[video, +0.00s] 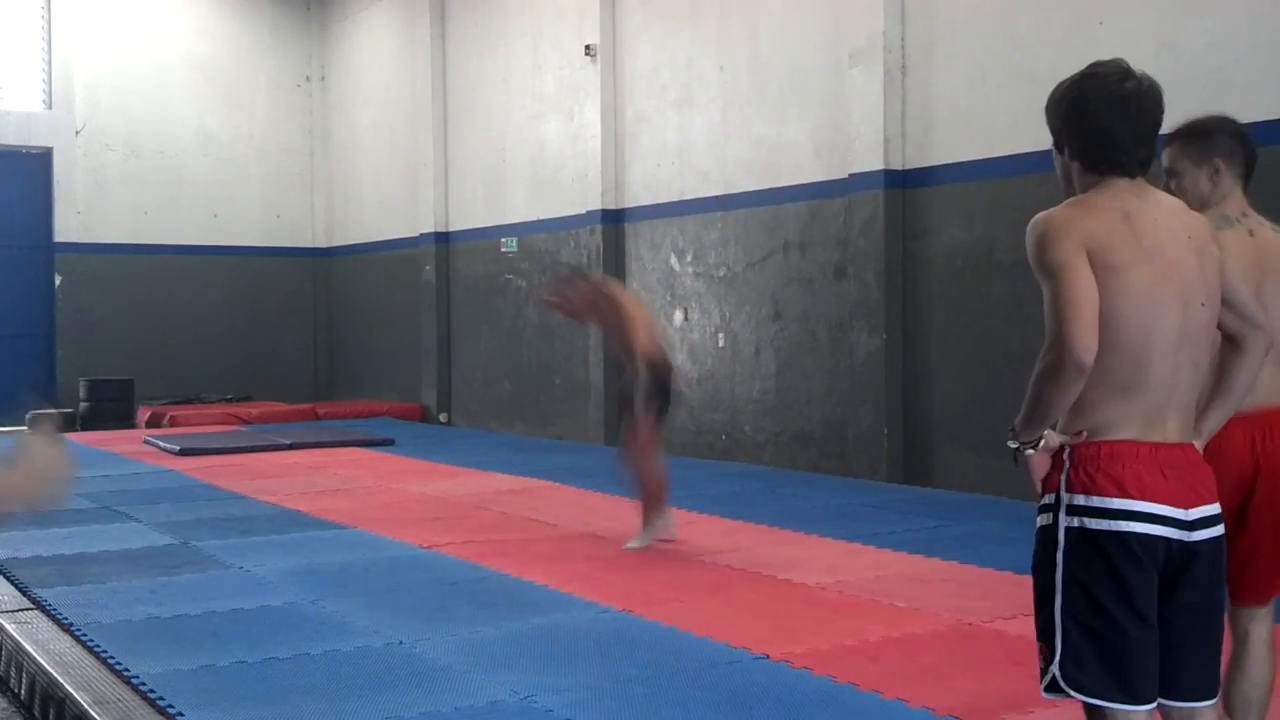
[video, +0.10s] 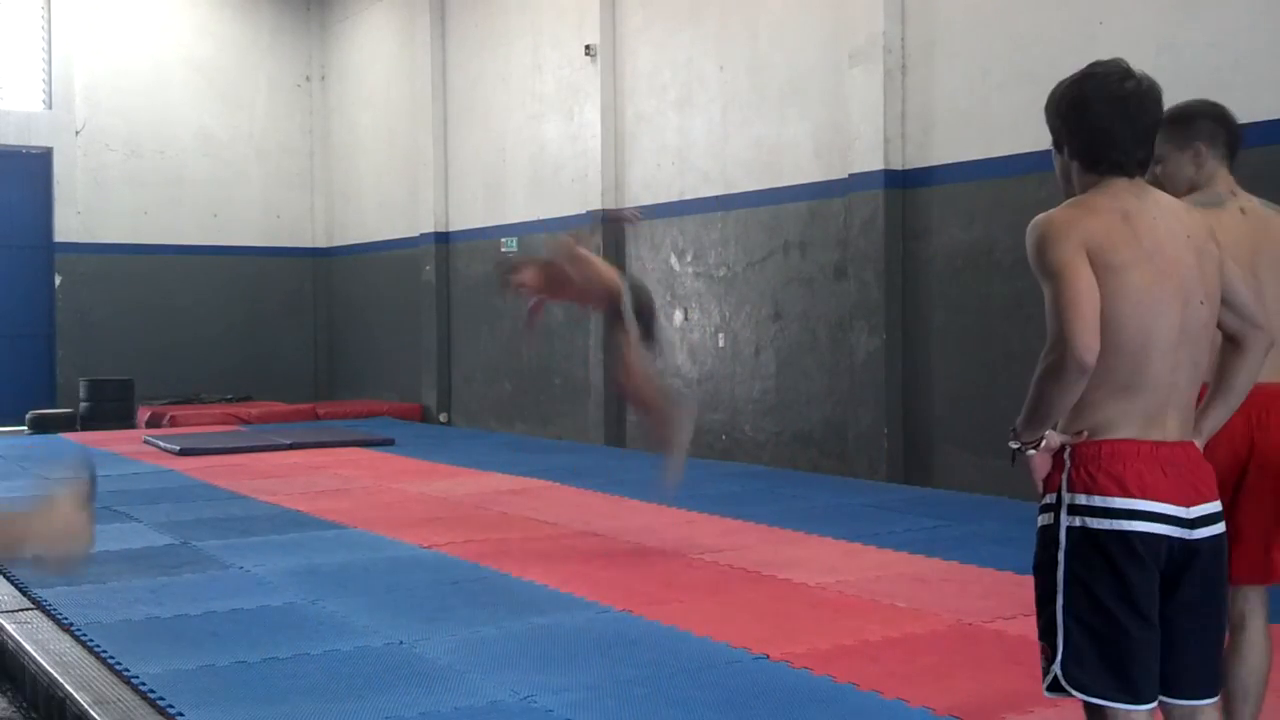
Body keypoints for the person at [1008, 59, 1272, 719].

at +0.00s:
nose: (1055, 161)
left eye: (1055, 146)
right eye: (1055, 145)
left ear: (1069, 151)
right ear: (1147, 142)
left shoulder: (1062, 224)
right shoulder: (1194, 225)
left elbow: (1076, 353)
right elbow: (1256, 333)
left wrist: (1027, 434)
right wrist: (1201, 430)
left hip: (1103, 499)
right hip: (1191, 496)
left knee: (1115, 704)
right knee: (1190, 699)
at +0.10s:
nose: (1054, 162)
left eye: (1054, 146)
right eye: (1054, 145)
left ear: (1068, 151)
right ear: (1146, 145)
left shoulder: (1061, 226)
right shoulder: (1193, 224)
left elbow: (1078, 352)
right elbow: (1256, 333)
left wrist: (1029, 434)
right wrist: (1199, 430)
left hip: (1104, 499)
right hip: (1192, 494)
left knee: (1116, 704)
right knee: (1193, 700)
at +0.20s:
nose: (1054, 161)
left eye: (1054, 146)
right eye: (1054, 145)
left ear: (1069, 151)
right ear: (1146, 143)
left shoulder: (1061, 225)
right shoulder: (1193, 226)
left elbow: (1080, 350)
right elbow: (1256, 333)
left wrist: (1032, 433)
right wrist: (1201, 427)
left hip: (1105, 498)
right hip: (1193, 494)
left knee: (1116, 705)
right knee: (1192, 700)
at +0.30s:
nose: (1054, 162)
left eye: (1054, 146)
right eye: (1054, 146)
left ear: (1069, 151)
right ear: (1145, 143)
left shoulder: (1062, 227)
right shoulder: (1193, 227)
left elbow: (1081, 352)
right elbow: (1256, 334)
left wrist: (1033, 434)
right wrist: (1200, 430)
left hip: (1106, 498)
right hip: (1193, 494)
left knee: (1117, 705)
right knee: (1193, 700)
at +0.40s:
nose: (1055, 159)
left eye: (1056, 143)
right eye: (1055, 143)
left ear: (1070, 149)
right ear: (1145, 141)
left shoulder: (1065, 225)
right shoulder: (1196, 223)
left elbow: (1082, 351)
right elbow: (1254, 332)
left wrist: (1035, 431)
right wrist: (1198, 428)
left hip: (1107, 497)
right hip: (1194, 493)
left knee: (1117, 704)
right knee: (1192, 699)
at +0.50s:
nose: (1057, 160)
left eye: (1058, 145)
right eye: (1057, 144)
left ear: (1073, 149)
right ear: (1148, 139)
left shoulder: (1066, 223)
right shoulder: (1197, 222)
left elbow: (1082, 349)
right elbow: (1253, 331)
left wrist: (1036, 431)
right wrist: (1198, 428)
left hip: (1109, 498)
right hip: (1195, 494)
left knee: (1119, 704)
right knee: (1193, 699)